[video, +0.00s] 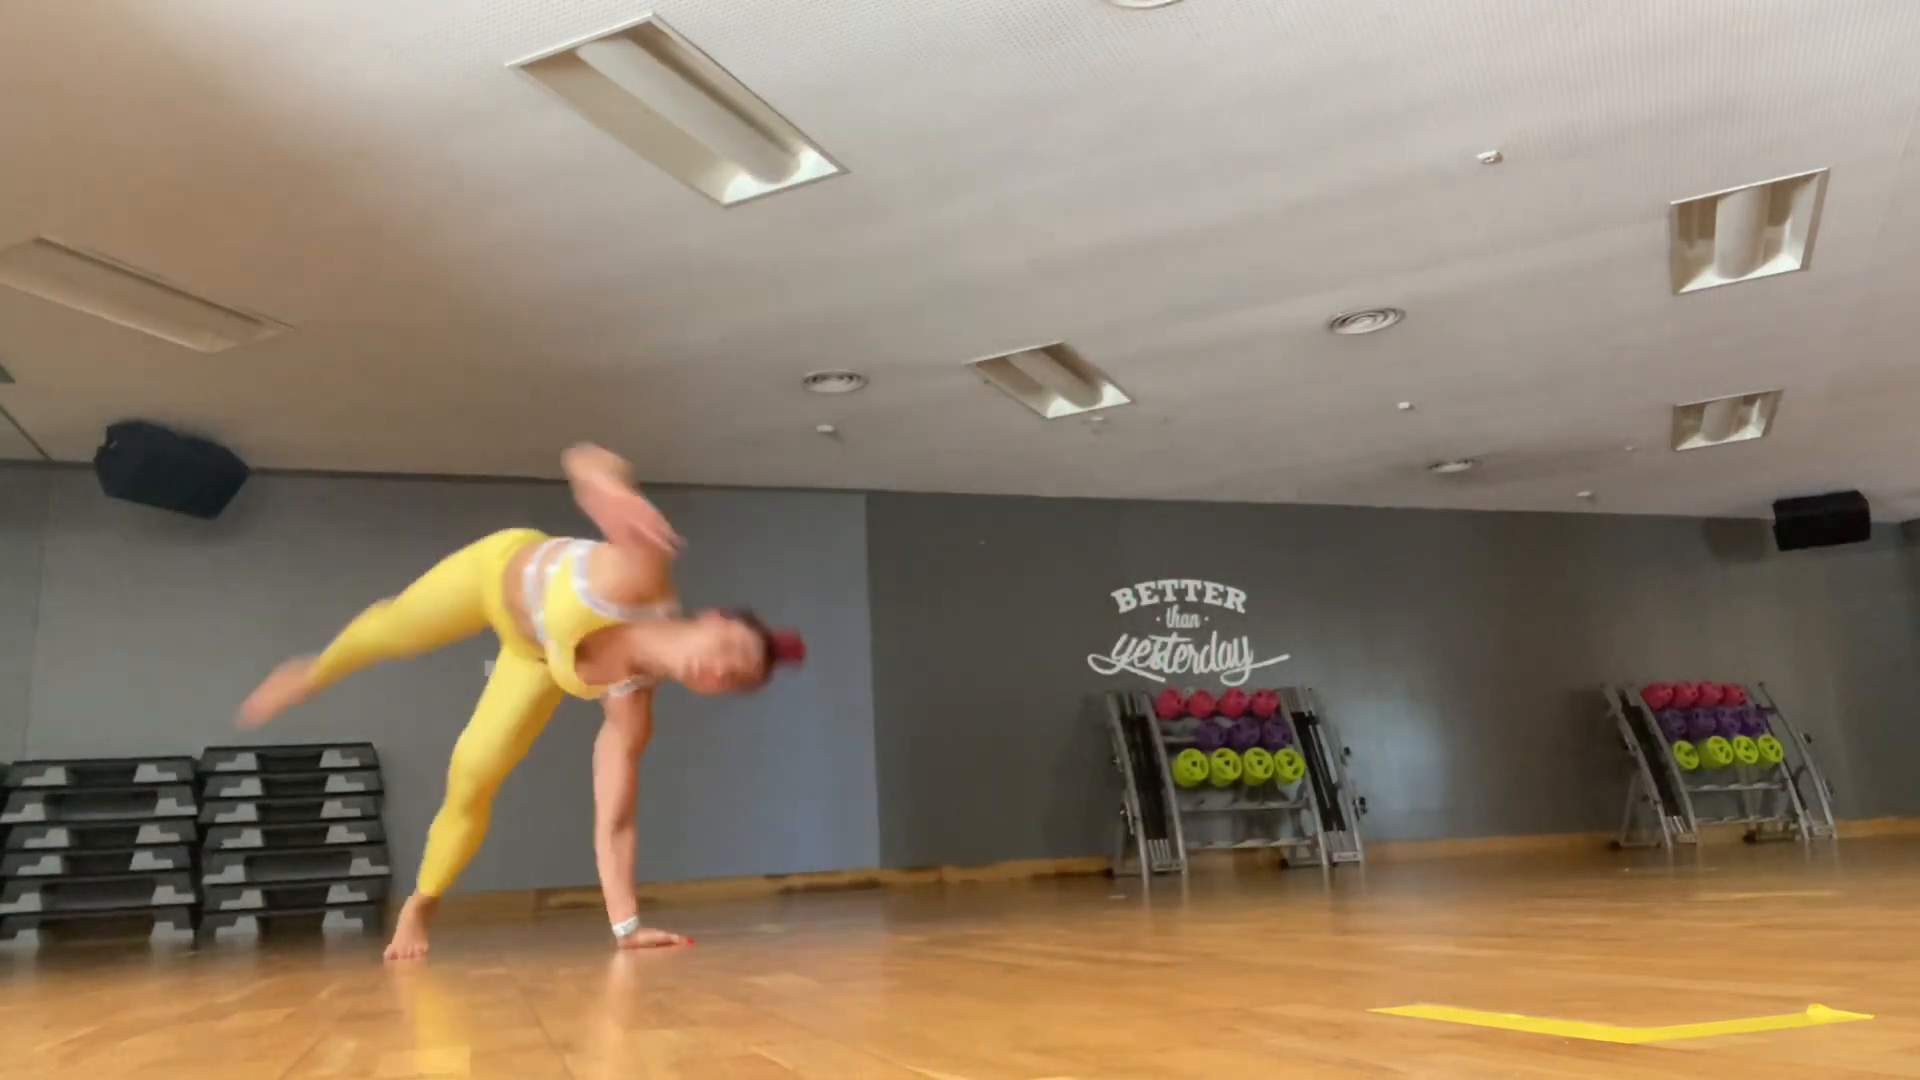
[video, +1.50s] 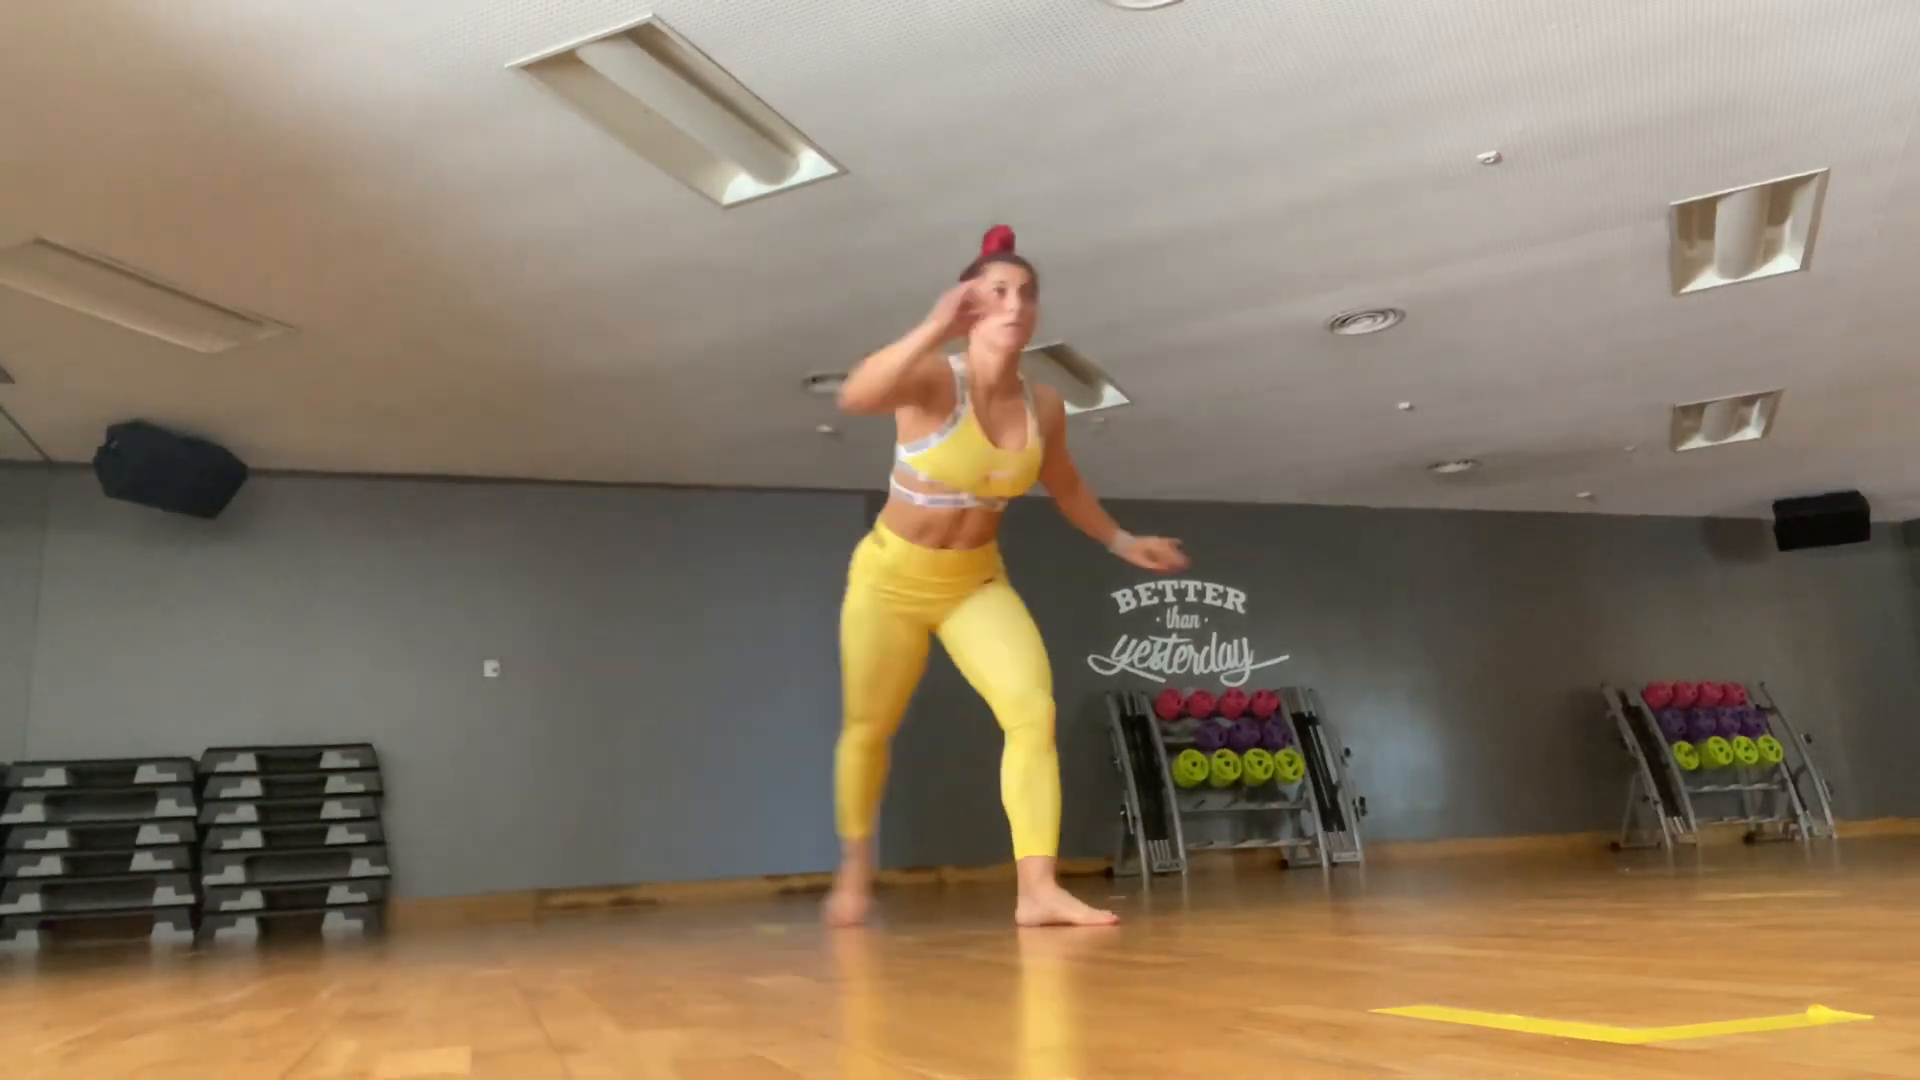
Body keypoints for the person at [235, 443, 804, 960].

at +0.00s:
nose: (722, 673)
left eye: (732, 681)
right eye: (735, 654)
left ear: (716, 693)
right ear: (719, 618)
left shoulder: (629, 706)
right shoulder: (644, 572)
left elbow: (615, 822)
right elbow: (584, 463)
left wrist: (626, 927)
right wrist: (625, 504)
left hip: (533, 661)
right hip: (507, 575)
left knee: (472, 781)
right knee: (390, 629)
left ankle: (417, 908)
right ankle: (310, 676)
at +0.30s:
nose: (606, 392)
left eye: (626, 392)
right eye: (601, 373)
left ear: (635, 422)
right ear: (572, 373)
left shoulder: (609, 513)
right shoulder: (478, 427)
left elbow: (642, 613)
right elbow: (375, 460)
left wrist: (718, 649)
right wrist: (277, 486)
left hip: (470, 638)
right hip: (386, 596)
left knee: (444, 785)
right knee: (376, 723)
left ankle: (403, 898)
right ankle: (322, 927)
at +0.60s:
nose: (533, 194)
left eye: (552, 185)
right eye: (518, 180)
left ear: (574, 211)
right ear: (492, 200)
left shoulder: (603, 298)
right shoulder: (438, 291)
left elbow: (695, 380)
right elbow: (364, 411)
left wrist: (702, 307)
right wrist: (360, 383)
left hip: (537, 542)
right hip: (441, 519)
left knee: (476, 728)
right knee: (418, 694)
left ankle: (399, 882)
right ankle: (357, 901)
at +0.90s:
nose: (594, 268)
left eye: (613, 258)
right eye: (576, 254)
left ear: (634, 286)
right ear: (547, 277)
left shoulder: (667, 367)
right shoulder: (501, 376)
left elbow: (724, 488)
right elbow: (498, 487)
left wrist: (683, 430)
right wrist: (570, 441)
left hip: (654, 572)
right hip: (546, 573)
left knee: (724, 727)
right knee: (490, 720)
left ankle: (695, 883)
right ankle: (451, 928)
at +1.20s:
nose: (893, 333)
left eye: (904, 320)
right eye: (876, 317)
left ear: (919, 340)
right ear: (841, 336)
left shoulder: (930, 425)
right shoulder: (784, 425)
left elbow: (1009, 462)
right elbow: (698, 496)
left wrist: (974, 371)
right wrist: (622, 533)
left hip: (861, 621)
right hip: (762, 609)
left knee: (974, 709)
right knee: (641, 751)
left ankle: (1030, 893)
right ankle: (505, 899)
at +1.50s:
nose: (1017, 303)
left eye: (1027, 293)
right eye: (1000, 291)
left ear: (1037, 315)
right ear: (967, 309)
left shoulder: (1042, 408)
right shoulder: (930, 376)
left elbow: (1067, 490)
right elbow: (856, 395)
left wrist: (1124, 543)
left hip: (976, 584)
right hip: (891, 579)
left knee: (1032, 711)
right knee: (867, 729)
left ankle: (1038, 890)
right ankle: (855, 865)